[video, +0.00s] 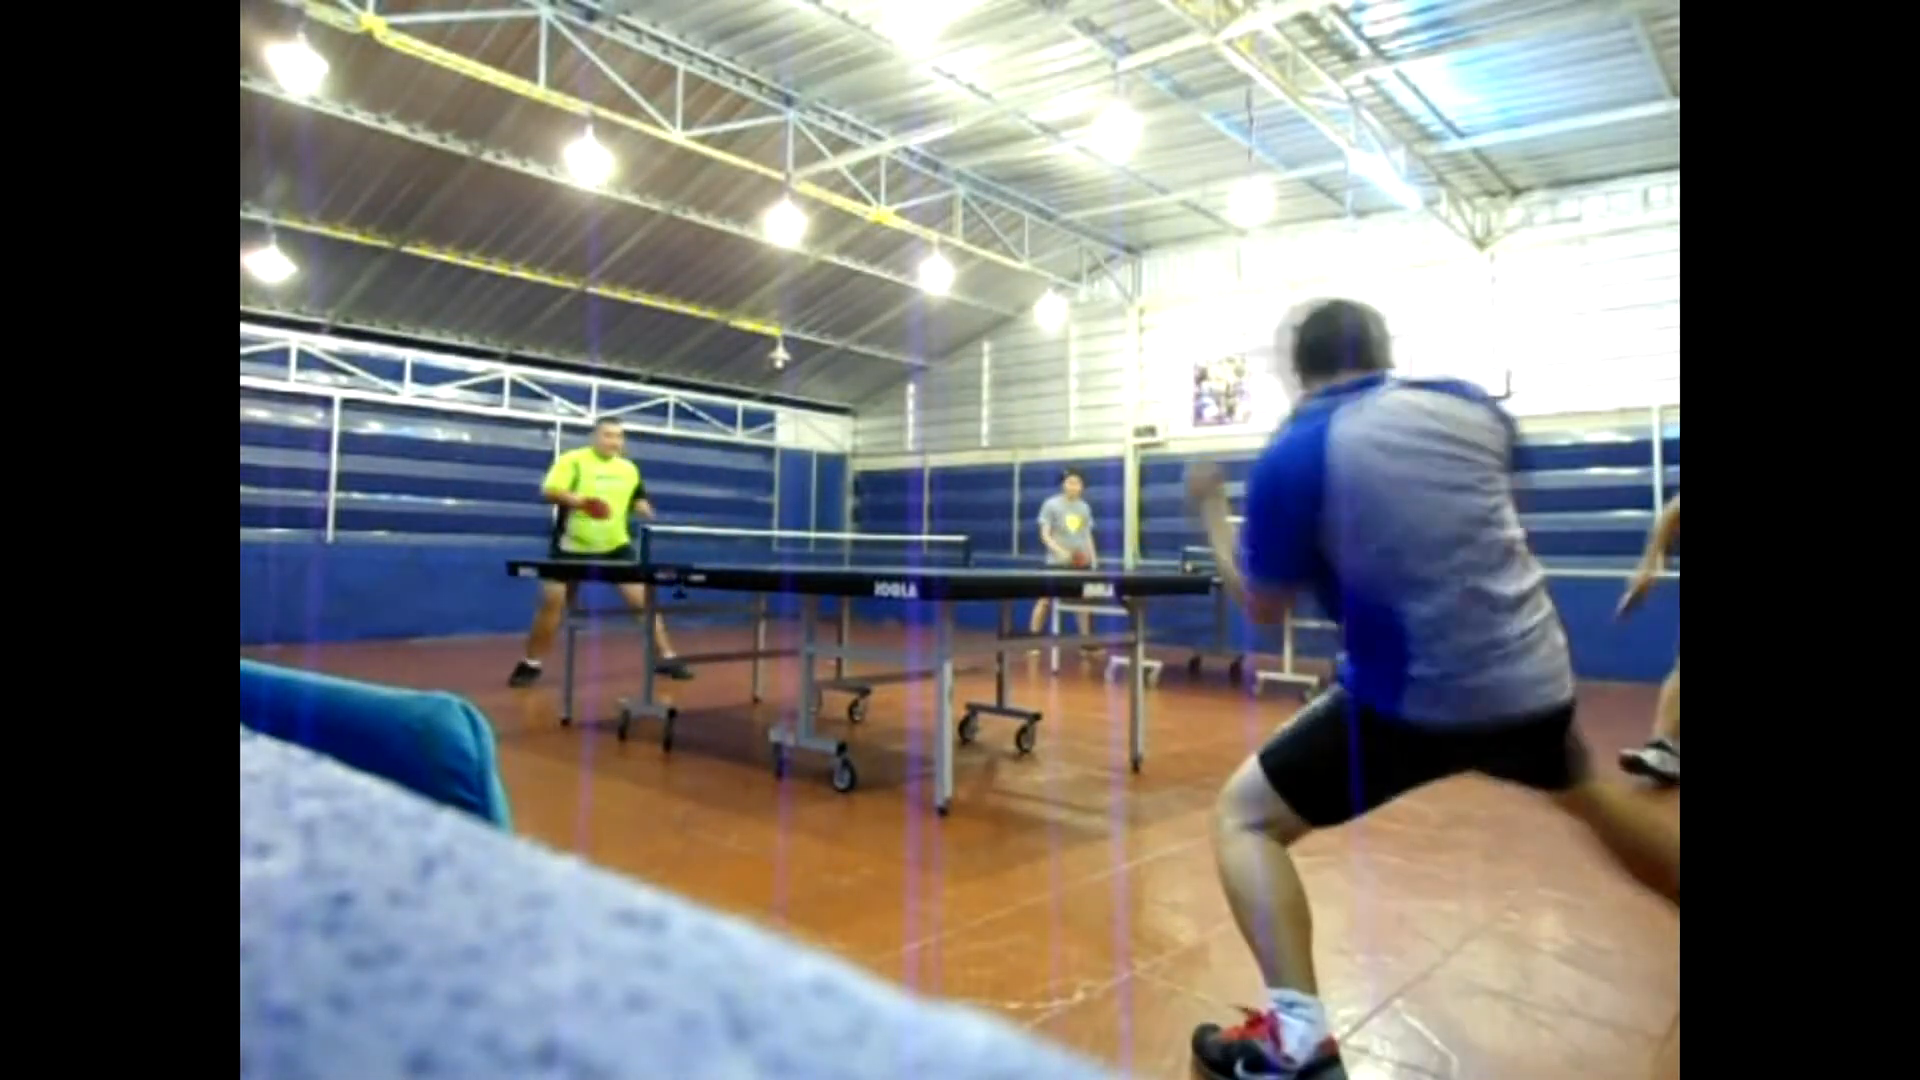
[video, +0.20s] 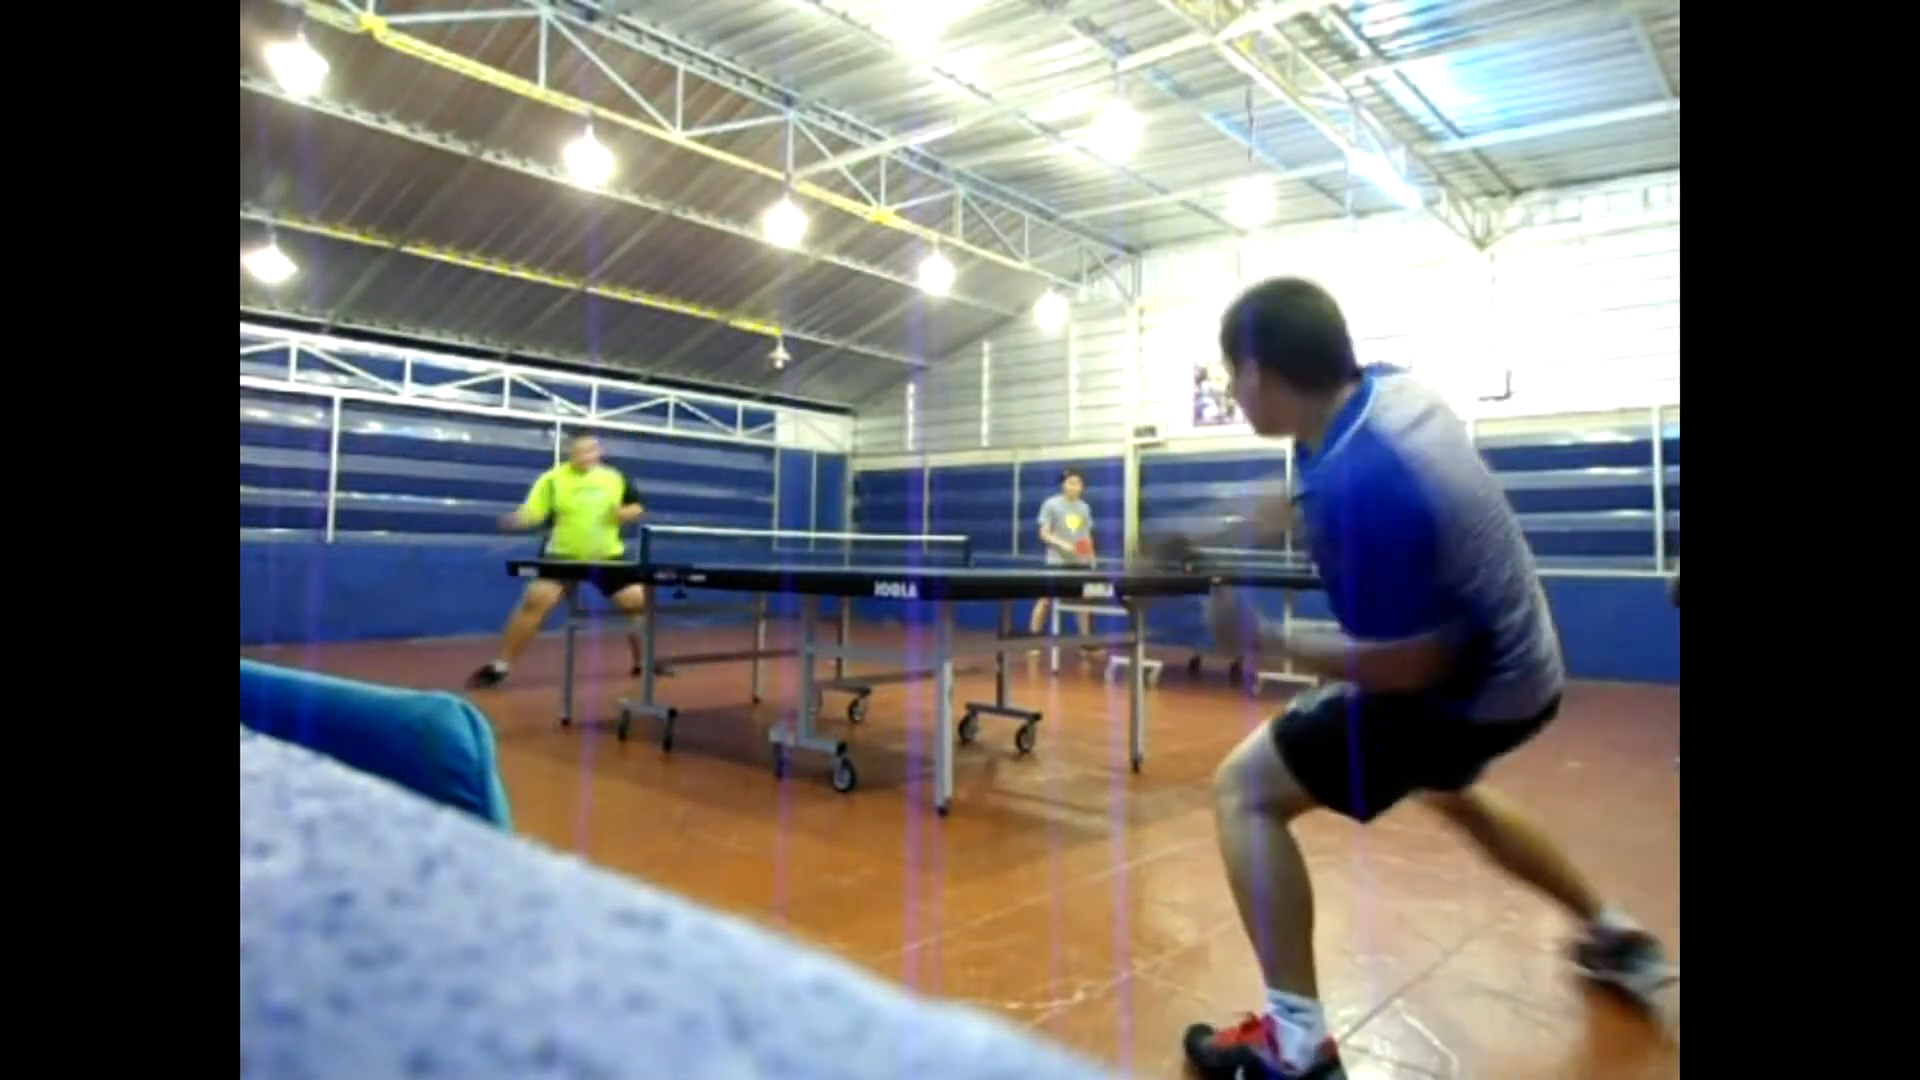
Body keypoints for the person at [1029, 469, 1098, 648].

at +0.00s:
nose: (1073, 487)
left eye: (1077, 483)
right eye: (1069, 483)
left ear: (1082, 486)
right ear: (1063, 485)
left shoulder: (1084, 507)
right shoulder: (1051, 505)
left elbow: (1087, 535)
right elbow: (1045, 534)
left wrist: (1092, 559)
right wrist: (1063, 552)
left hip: (1080, 562)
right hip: (1056, 561)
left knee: (1083, 601)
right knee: (1045, 599)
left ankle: (1085, 638)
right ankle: (1033, 636)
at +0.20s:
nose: (1074, 487)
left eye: (1077, 483)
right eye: (1070, 483)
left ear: (1082, 487)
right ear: (1063, 485)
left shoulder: (1084, 507)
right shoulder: (1051, 504)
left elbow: (1087, 534)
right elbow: (1044, 533)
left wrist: (1090, 555)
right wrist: (1064, 545)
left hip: (1080, 560)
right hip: (1057, 560)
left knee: (1082, 601)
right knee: (1046, 598)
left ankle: (1085, 638)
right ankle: (1033, 635)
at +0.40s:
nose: (1074, 487)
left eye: (1077, 483)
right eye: (1070, 483)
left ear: (1082, 487)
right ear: (1063, 485)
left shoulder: (1084, 508)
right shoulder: (1051, 504)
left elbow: (1086, 533)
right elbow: (1043, 532)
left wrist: (1089, 554)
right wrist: (1065, 543)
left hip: (1080, 560)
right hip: (1056, 560)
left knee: (1083, 600)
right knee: (1046, 598)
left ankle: (1085, 638)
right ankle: (1034, 635)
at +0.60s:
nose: (1087, 489)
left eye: (1089, 485)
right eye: (1083, 484)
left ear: (1092, 488)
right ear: (1075, 487)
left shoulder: (1088, 508)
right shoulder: (1063, 503)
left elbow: (1088, 533)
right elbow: (1057, 525)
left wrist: (1087, 552)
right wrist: (1079, 519)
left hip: (1077, 559)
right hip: (1056, 558)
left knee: (1083, 600)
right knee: (1047, 598)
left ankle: (1087, 637)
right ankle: (1035, 634)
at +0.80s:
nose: (1083, 490)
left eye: (1085, 486)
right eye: (1079, 486)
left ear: (1088, 490)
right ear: (1071, 488)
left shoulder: (1085, 509)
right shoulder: (1057, 505)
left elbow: (1087, 532)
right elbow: (1045, 526)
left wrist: (1083, 553)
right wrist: (1065, 530)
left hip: (1076, 558)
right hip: (1053, 557)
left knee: (1084, 599)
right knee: (1043, 597)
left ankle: (1087, 637)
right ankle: (1031, 634)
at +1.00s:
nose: (1077, 495)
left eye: (1079, 491)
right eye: (1073, 490)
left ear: (1082, 494)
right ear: (1064, 492)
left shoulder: (1082, 511)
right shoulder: (1049, 510)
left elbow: (1085, 530)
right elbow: (1035, 530)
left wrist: (1078, 545)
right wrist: (1050, 545)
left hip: (1071, 560)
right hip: (1047, 560)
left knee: (1077, 599)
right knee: (1038, 598)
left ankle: (1082, 638)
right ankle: (1030, 636)